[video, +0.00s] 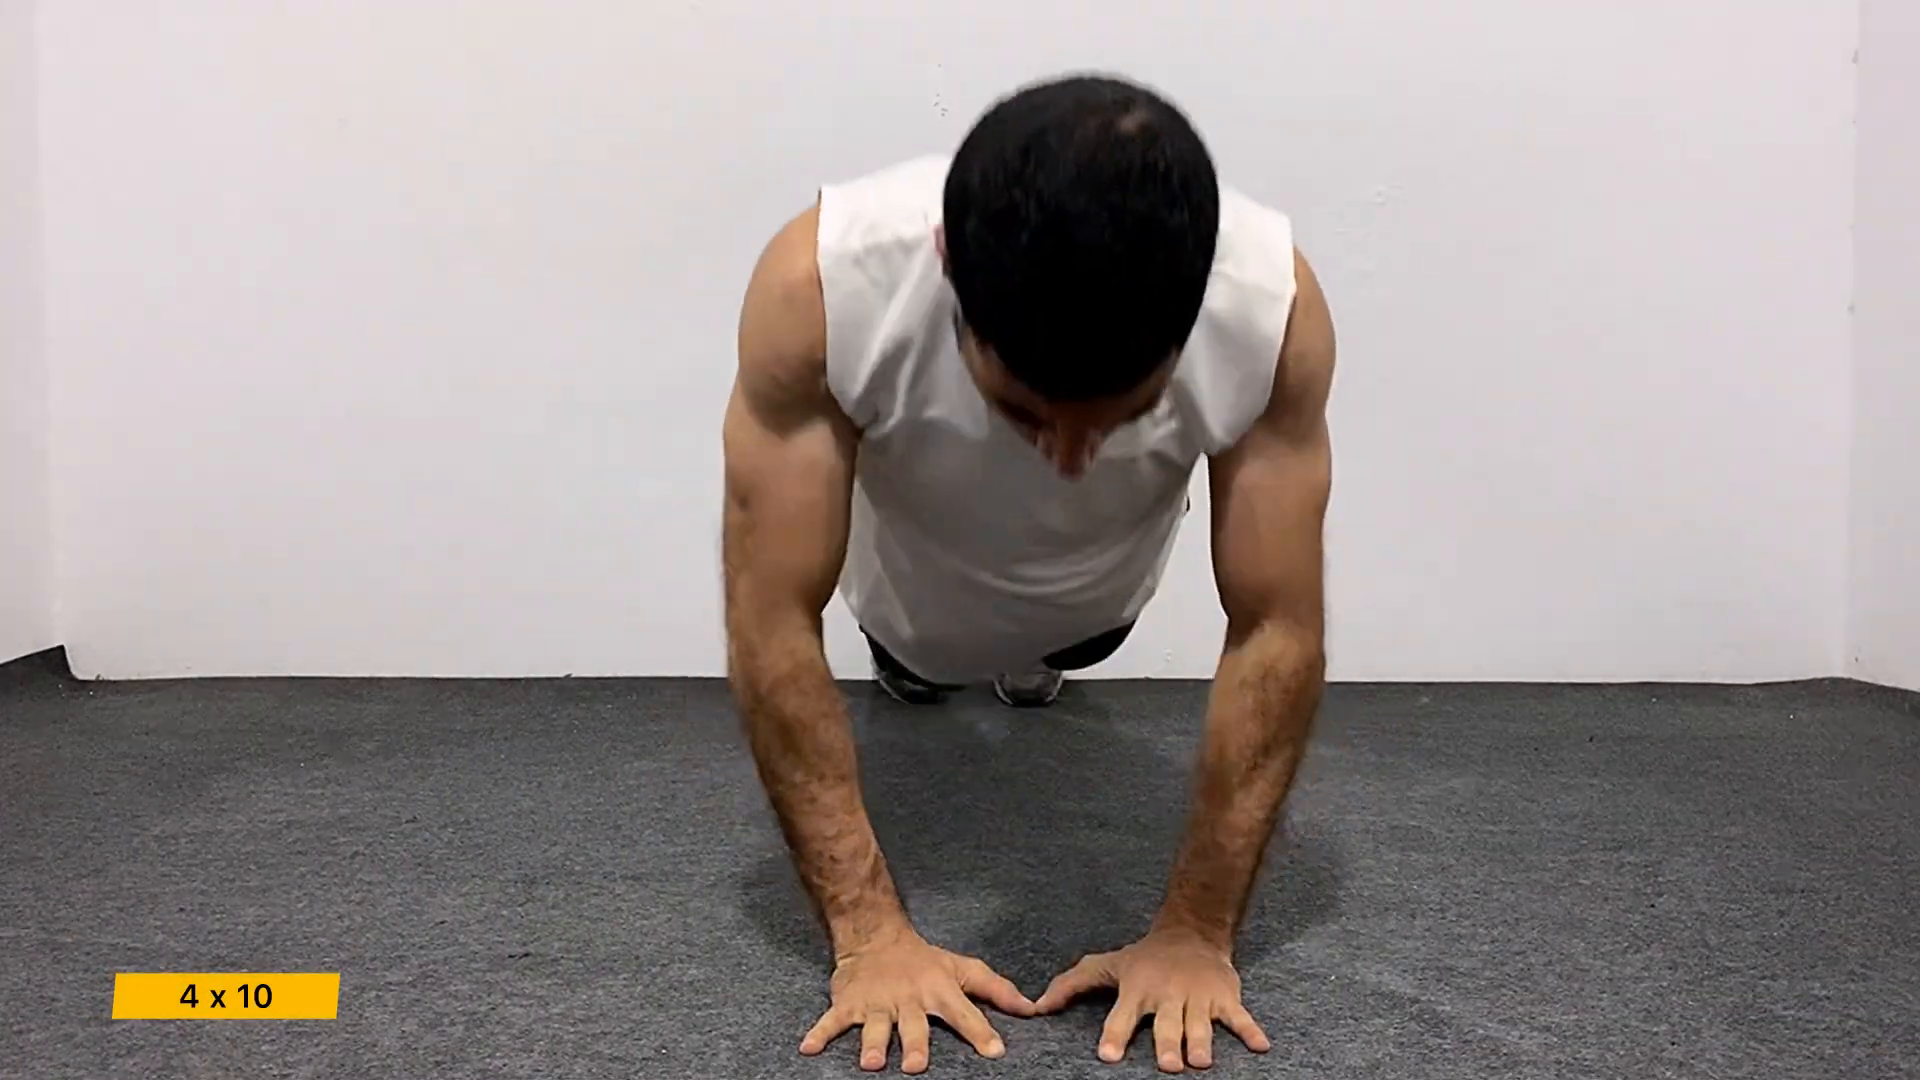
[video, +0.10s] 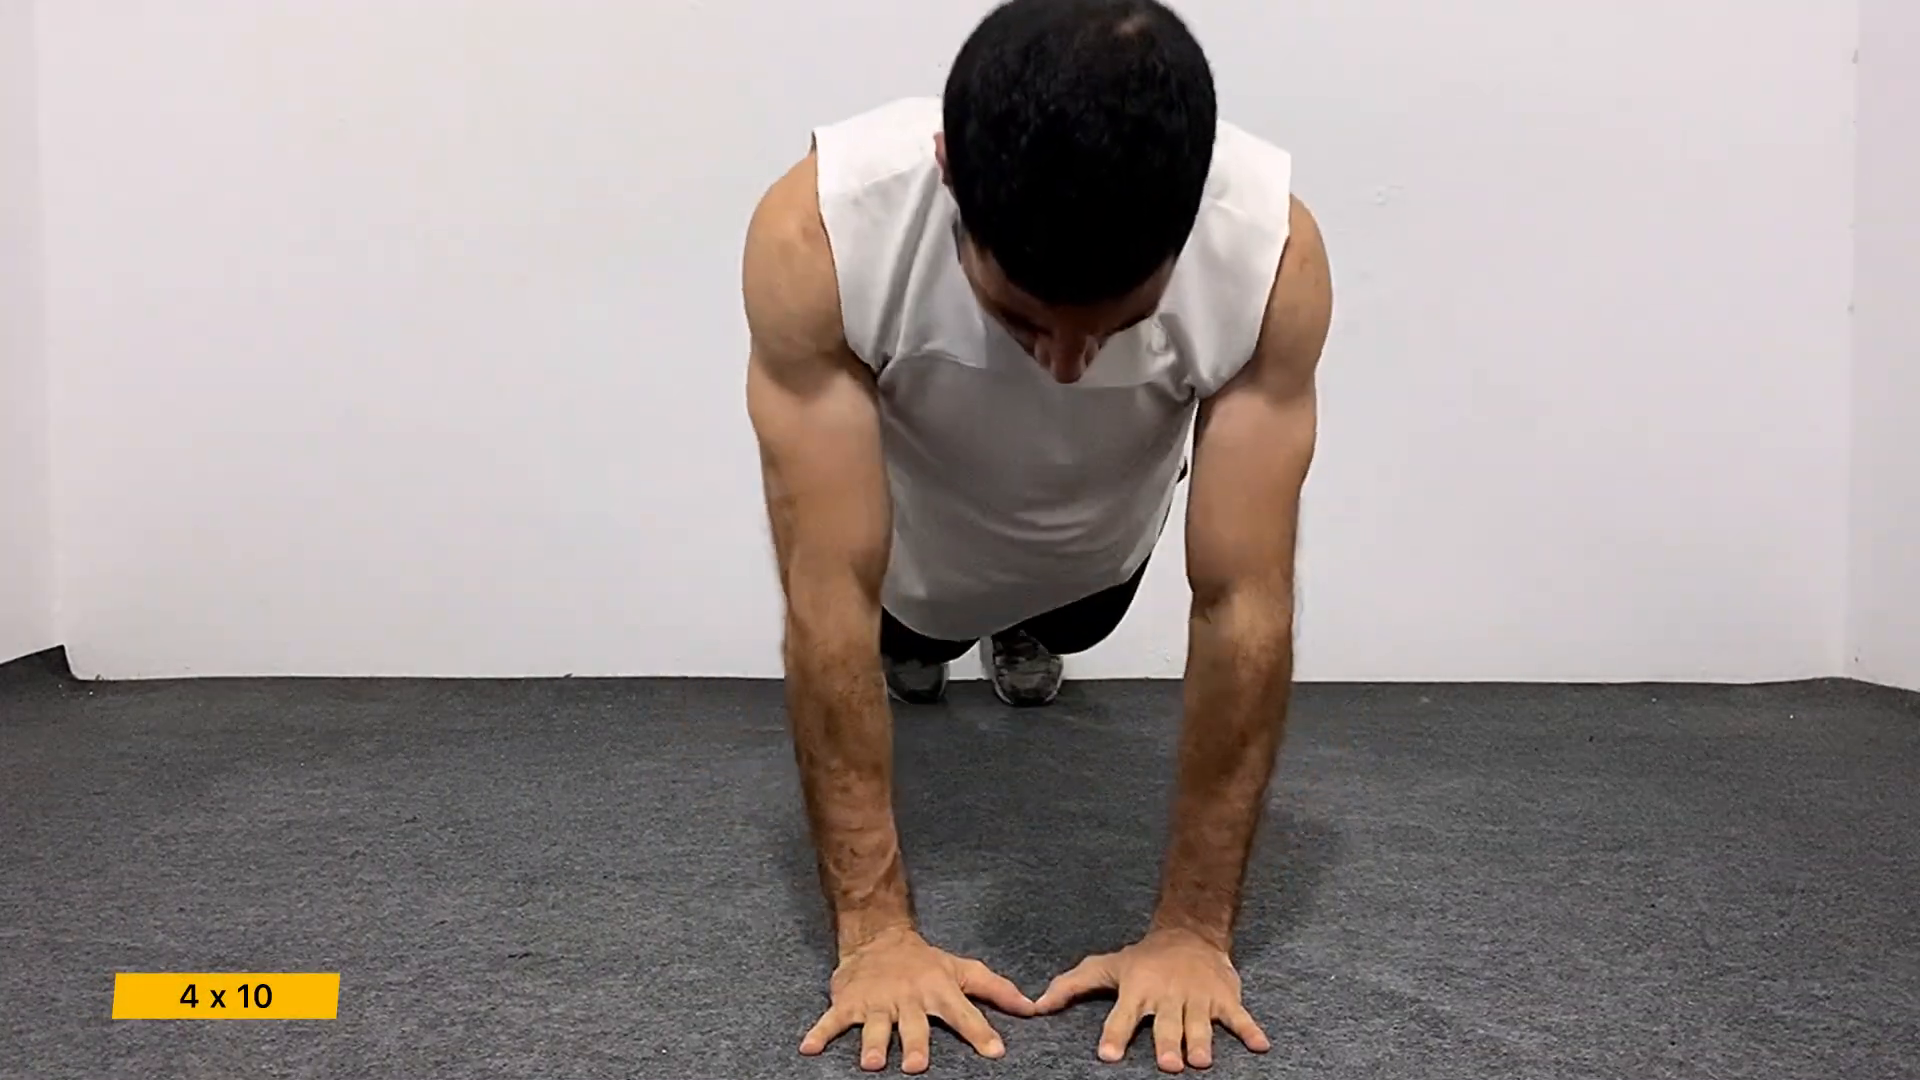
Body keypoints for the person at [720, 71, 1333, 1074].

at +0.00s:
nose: (1068, 455)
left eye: (1117, 416)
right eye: (1027, 411)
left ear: (1183, 327)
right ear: (953, 295)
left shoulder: (1268, 312)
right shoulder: (819, 291)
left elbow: (1277, 630)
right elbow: (770, 624)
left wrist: (1195, 932)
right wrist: (869, 932)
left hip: (1098, 614)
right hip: (914, 614)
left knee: (1062, 663)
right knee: (918, 675)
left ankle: (1030, 670)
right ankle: (917, 678)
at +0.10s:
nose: (1066, 365)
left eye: (1115, 321)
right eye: (1024, 314)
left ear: (1181, 232)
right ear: (952, 191)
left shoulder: (1265, 257)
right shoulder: (817, 241)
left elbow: (1244, 605)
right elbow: (829, 594)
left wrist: (1194, 933)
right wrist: (874, 931)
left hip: (1095, 565)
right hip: (920, 563)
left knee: (1056, 631)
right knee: (920, 644)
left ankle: (1030, 646)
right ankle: (915, 662)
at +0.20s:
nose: (1063, 347)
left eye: (1111, 302)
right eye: (1021, 299)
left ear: (1179, 210)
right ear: (946, 167)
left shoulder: (1264, 251)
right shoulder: (815, 237)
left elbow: (1238, 602)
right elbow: (841, 593)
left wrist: (1193, 932)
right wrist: (875, 932)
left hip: (1092, 563)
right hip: (918, 564)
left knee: (1052, 626)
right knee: (920, 641)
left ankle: (1026, 642)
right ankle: (916, 659)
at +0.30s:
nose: (1066, 381)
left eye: (1113, 342)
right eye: (1022, 339)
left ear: (1181, 255)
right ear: (950, 222)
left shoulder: (1266, 267)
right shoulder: (815, 255)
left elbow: (1251, 608)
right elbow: (810, 600)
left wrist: (1195, 934)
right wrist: (872, 933)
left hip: (1096, 590)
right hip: (916, 593)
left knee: (1055, 648)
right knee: (919, 659)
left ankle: (1032, 661)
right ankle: (913, 673)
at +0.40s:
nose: (1073, 460)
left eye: (1122, 419)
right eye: (1031, 417)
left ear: (1185, 321)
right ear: (951, 287)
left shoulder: (1266, 306)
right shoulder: (817, 300)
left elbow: (1272, 629)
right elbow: (772, 622)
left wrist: (1194, 934)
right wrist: (869, 933)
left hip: (1106, 622)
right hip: (915, 630)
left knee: (1072, 669)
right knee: (920, 680)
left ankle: (1047, 673)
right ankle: (920, 680)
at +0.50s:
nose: (1077, 579)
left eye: (1130, 542)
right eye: (1034, 540)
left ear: (1204, 428)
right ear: (948, 392)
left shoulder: (1270, 382)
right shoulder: (820, 371)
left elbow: (1294, 652)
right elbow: (747, 649)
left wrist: (1200, 927)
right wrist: (868, 935)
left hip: (1118, 666)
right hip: (908, 674)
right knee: (915, 698)